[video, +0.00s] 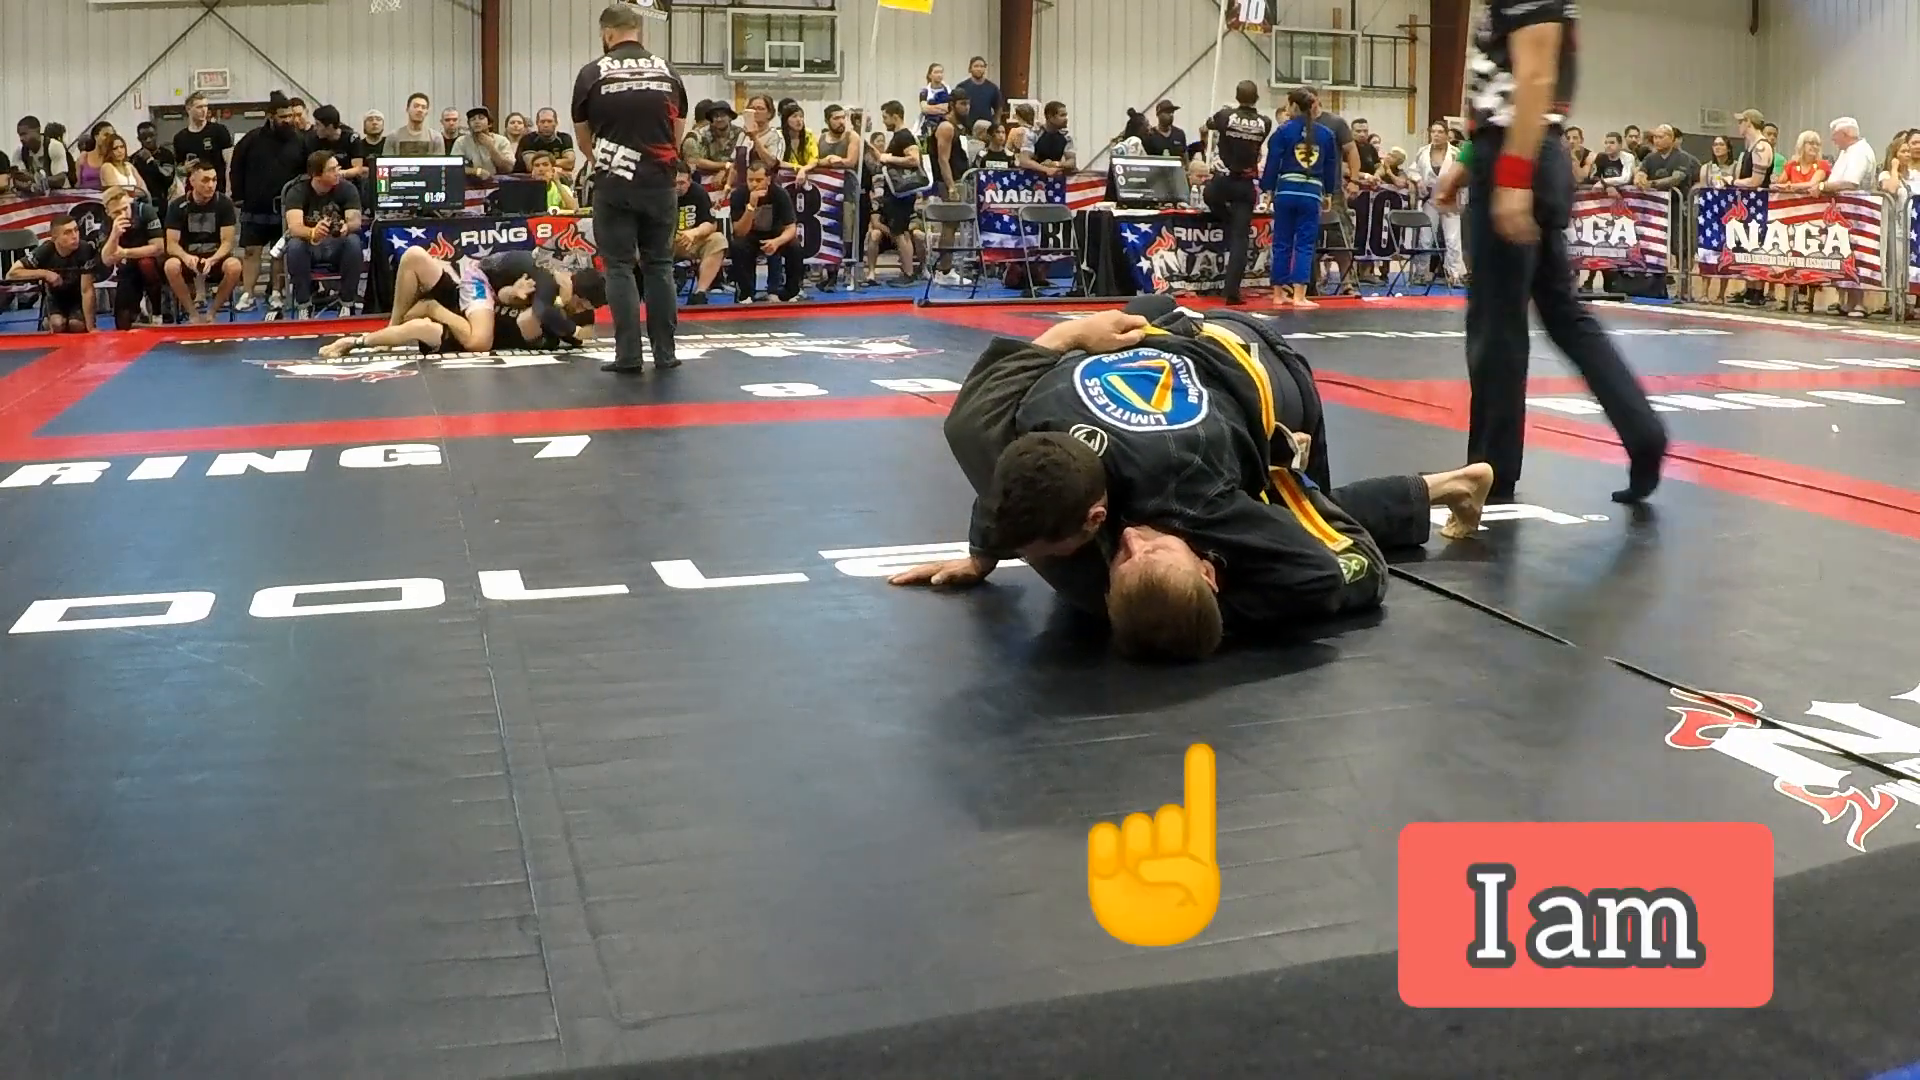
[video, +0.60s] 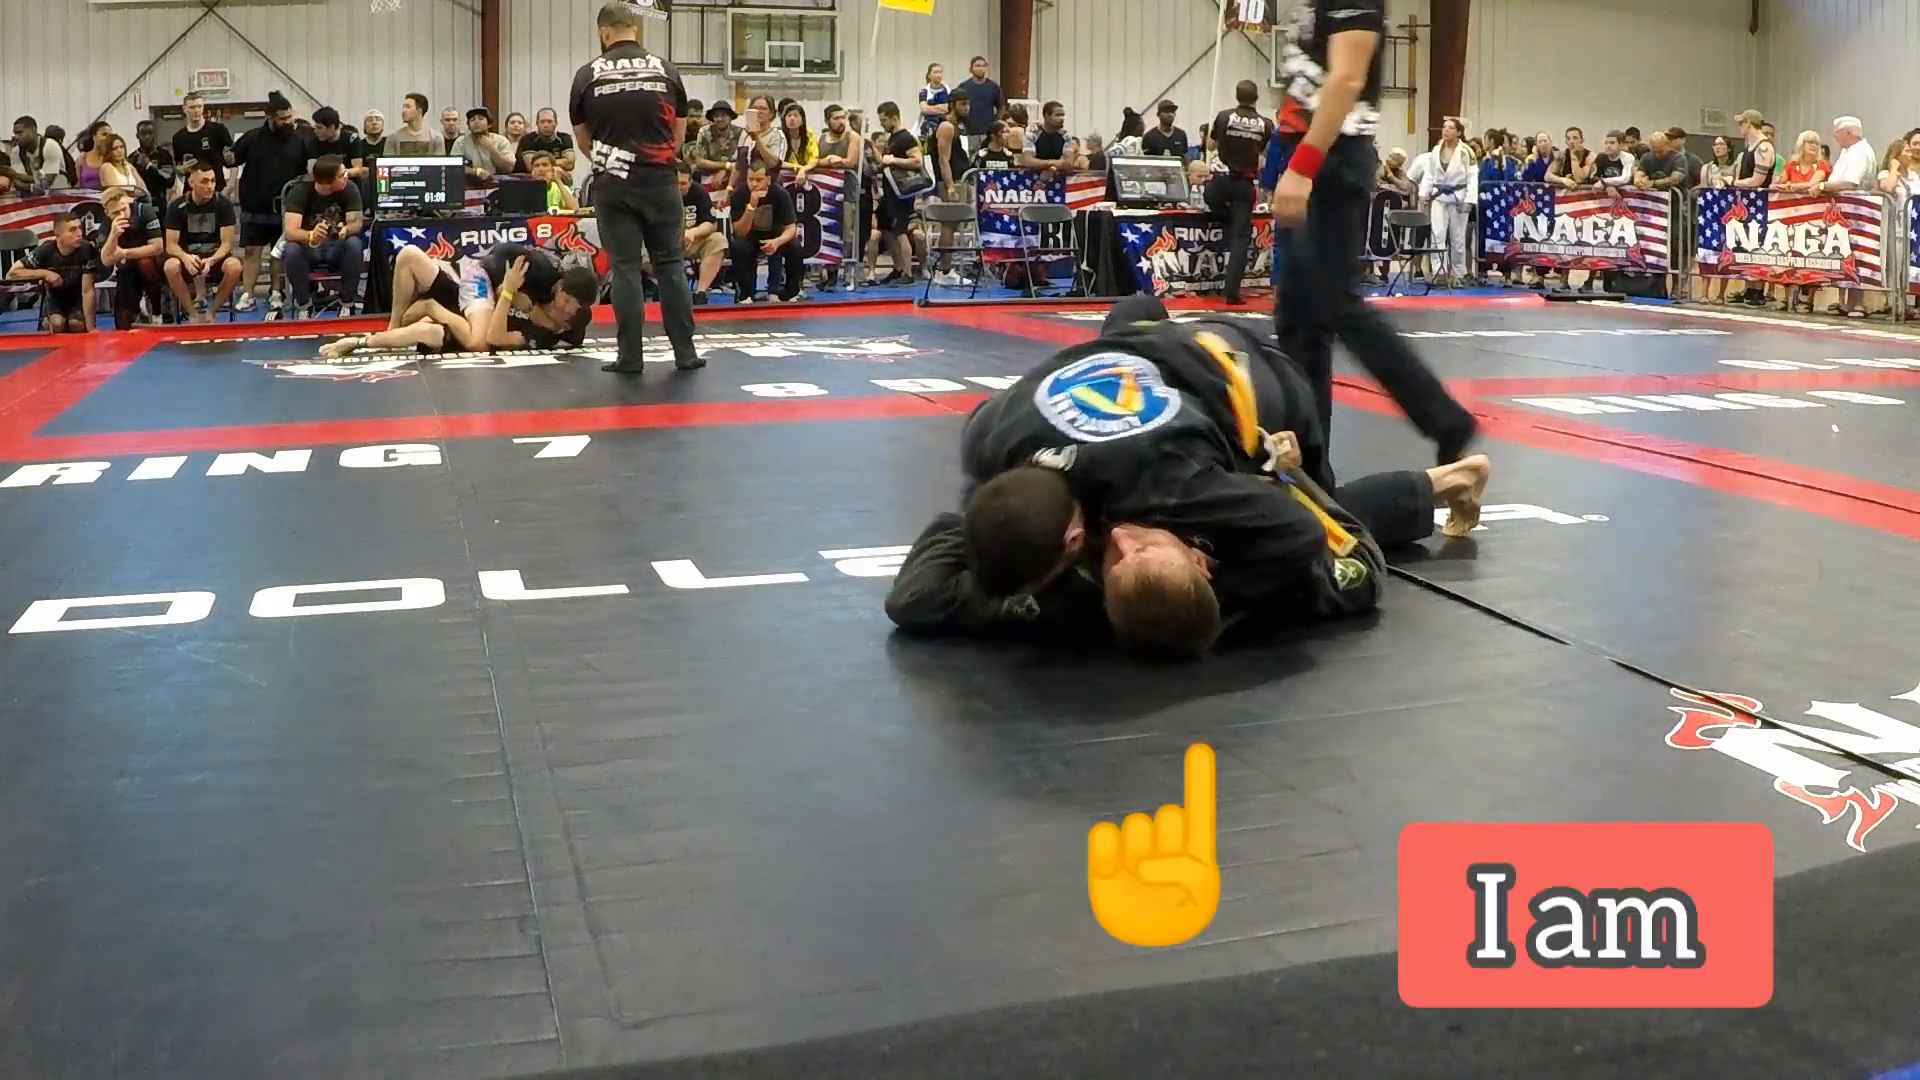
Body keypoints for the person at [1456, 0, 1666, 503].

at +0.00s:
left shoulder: (1531, 6)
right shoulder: (1506, 12)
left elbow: (1537, 80)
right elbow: (1506, 91)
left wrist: (1513, 179)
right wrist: (1463, 163)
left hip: (1509, 159)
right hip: (1537, 157)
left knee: (1495, 328)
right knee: (1563, 313)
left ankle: (1492, 475)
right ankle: (1644, 436)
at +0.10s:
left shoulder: (1499, 6)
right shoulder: (1474, 11)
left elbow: (1495, 80)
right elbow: (1476, 87)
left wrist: (1460, 175)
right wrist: (1441, 169)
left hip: (1494, 152)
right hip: (1492, 150)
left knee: (1483, 320)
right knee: (1497, 309)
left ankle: (1493, 474)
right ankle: (1595, 424)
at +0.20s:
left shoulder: (1471, 5)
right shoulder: (1472, 11)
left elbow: (1455, 71)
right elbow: (1466, 79)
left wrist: (1403, 161)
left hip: (1462, 147)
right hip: (1462, 146)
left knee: (1459, 304)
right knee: (1451, 300)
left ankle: (1490, 464)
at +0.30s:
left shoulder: (1444, 5)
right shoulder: (1436, 10)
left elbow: (1426, 70)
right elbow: (1435, 80)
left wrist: (1359, 146)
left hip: (1435, 147)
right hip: (1424, 146)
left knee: (1446, 305)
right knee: (1402, 303)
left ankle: (1488, 460)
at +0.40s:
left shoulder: (1417, 4)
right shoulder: (1401, 11)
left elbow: (1399, 70)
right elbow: (1403, 79)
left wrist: (1325, 143)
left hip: (1402, 149)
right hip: (1392, 150)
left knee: (1428, 307)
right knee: (1370, 315)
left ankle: (1486, 455)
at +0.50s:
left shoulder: (1386, 5)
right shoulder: (1356, 10)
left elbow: (1374, 76)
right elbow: (1359, 77)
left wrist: (1305, 152)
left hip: (1373, 154)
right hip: (1350, 153)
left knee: (1400, 309)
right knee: (1329, 314)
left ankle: (1478, 447)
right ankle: (1307, 456)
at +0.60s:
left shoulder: (1352, 5)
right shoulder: (1321, 11)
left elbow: (1348, 79)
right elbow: (1320, 79)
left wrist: (1301, 167)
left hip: (1338, 152)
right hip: (1313, 153)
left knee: (1333, 300)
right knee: (1299, 318)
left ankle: (1450, 425)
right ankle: (1305, 466)